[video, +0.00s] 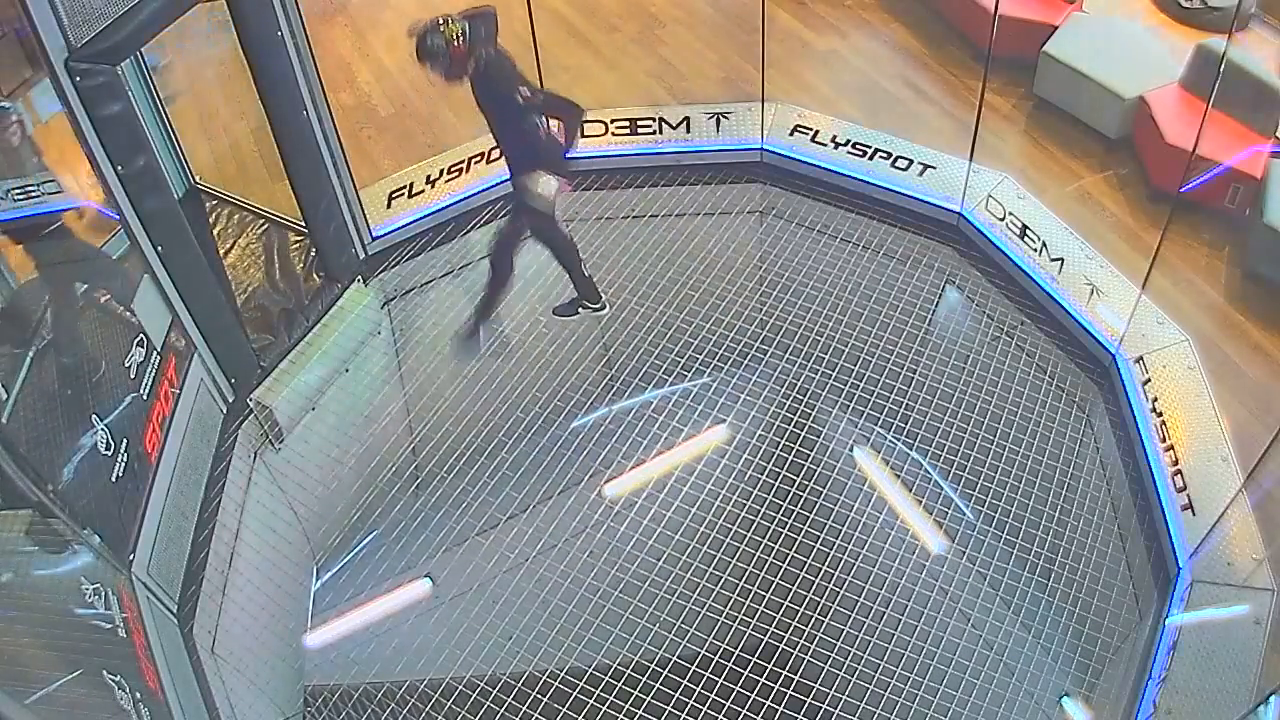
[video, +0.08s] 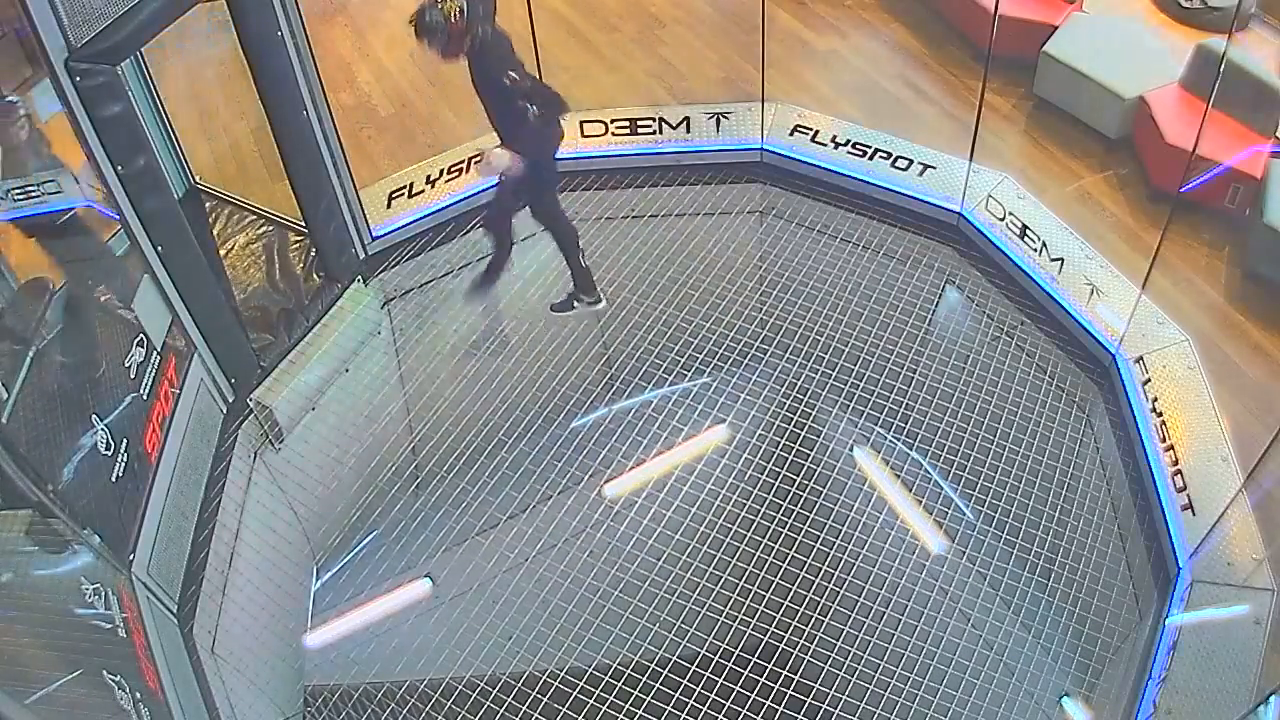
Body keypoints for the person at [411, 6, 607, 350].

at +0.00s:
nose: (442, 73)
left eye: (441, 64)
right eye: (436, 67)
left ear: (457, 49)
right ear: (459, 43)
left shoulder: (496, 74)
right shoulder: (485, 58)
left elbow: (573, 111)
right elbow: (487, 14)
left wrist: (562, 156)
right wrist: (444, 24)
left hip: (537, 169)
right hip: (528, 167)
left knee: (503, 252)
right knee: (546, 230)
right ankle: (589, 294)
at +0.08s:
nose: (439, 52)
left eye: (439, 43)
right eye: (434, 45)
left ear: (455, 28)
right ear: (455, 23)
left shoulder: (491, 56)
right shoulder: (484, 37)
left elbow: (537, 111)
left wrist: (517, 152)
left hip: (534, 144)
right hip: (529, 138)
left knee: (497, 216)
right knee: (548, 211)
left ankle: (499, 261)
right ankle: (587, 288)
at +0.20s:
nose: (435, 28)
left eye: (436, 19)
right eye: (431, 21)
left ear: (456, 6)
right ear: (459, 3)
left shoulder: (489, 49)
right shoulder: (488, 9)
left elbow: (511, 108)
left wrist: (459, 119)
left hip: (532, 120)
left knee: (551, 190)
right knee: (509, 177)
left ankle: (583, 267)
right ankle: (546, 217)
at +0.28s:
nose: (441, 15)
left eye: (441, 7)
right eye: (438, 9)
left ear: (464, 2)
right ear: (471, 1)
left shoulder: (485, 48)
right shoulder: (500, 6)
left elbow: (496, 109)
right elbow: (479, 9)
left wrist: (441, 99)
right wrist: (455, 22)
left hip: (520, 115)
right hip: (538, 96)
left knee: (521, 168)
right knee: (553, 167)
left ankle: (554, 217)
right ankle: (589, 242)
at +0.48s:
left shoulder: (513, 10)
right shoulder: (501, 3)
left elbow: (509, 70)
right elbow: (492, 10)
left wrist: (471, 62)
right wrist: (462, 20)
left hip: (526, 84)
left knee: (530, 164)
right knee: (553, 152)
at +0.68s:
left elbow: (582, 15)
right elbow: (508, 12)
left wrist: (535, 38)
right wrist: (468, 10)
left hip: (537, 72)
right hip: (523, 71)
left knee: (540, 151)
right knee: (562, 140)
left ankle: (561, 219)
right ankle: (603, 202)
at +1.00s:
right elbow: (512, 16)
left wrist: (577, 16)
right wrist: (481, 7)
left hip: (563, 62)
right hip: (535, 66)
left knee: (555, 143)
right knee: (574, 134)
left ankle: (559, 219)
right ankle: (606, 200)